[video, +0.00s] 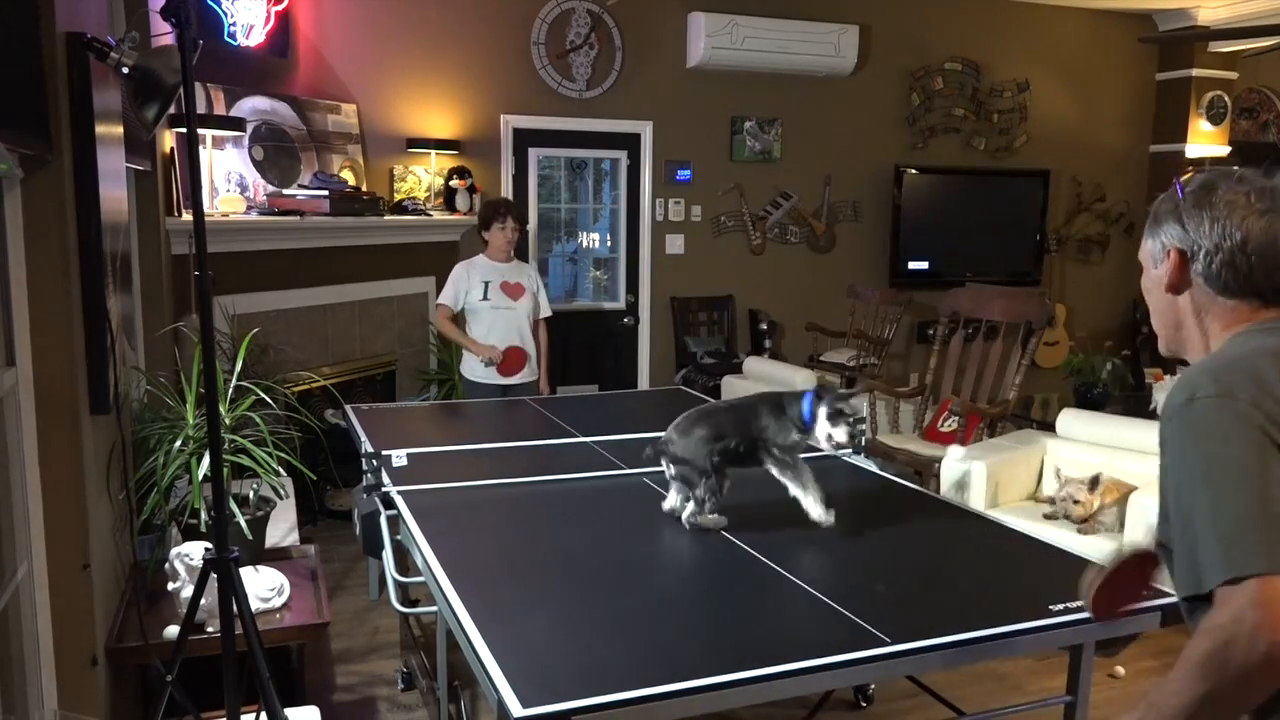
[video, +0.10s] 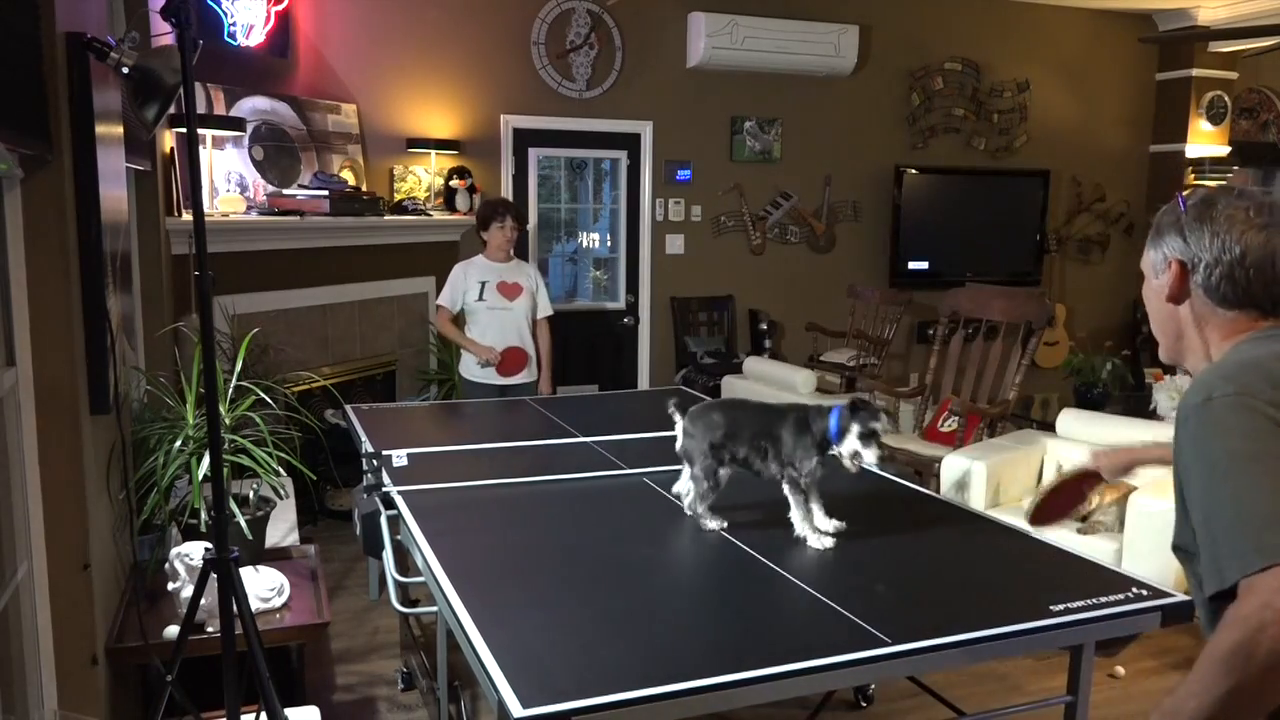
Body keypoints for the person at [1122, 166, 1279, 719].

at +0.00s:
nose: (1145, 290)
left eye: (1145, 267)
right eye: (1143, 269)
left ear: (1175, 268)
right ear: (1259, 261)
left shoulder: (1217, 392)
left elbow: (1258, 622)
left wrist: (1156, 709)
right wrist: (1171, 558)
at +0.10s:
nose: (1145, 298)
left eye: (1145, 278)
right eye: (1142, 279)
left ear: (1176, 278)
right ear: (1253, 272)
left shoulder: (1226, 401)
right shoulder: (1266, 366)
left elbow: (1268, 602)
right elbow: (1254, 449)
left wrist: (1175, 711)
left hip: (1258, 701)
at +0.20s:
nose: (1152, 294)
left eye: (1156, 276)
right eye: (1153, 277)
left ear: (1190, 281)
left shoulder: (1236, 408)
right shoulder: (1265, 380)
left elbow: (1266, 612)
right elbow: (1220, 418)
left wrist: (1173, 711)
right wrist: (1113, 413)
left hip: (1257, 704)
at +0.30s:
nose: (1159, 281)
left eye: (1164, 262)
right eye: (1159, 263)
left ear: (1200, 265)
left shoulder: (1248, 398)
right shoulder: (1260, 379)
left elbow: (1273, 601)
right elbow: (1249, 435)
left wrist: (1184, 711)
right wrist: (1143, 438)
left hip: (1265, 699)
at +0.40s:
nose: (1178, 256)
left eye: (1184, 236)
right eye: (1179, 236)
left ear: (1227, 240)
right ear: (1232, 241)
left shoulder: (1267, 379)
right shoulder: (1261, 372)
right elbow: (1266, 515)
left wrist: (1208, 704)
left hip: (1269, 702)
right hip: (1259, 697)